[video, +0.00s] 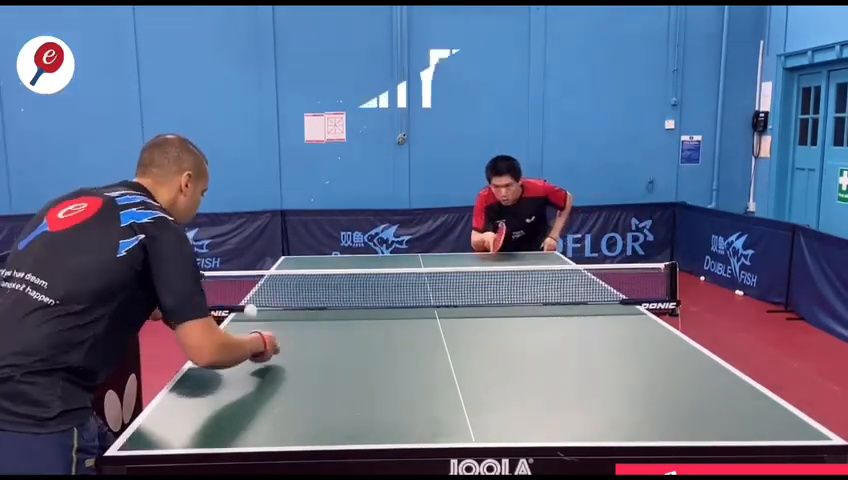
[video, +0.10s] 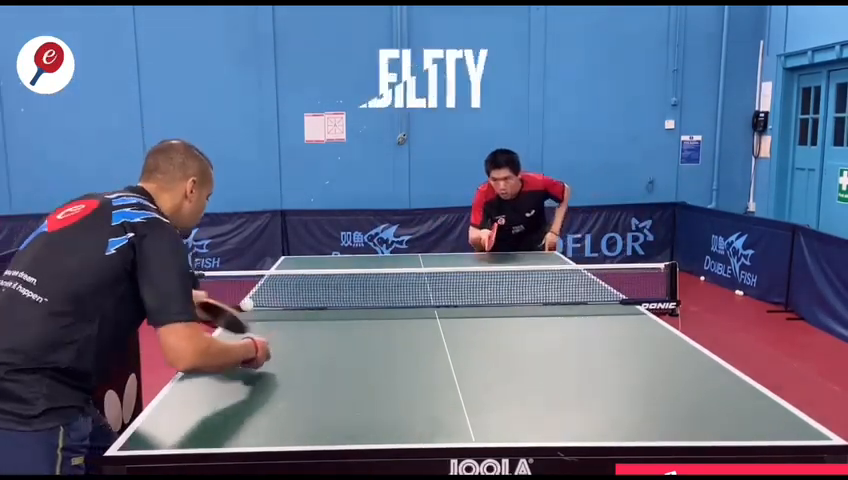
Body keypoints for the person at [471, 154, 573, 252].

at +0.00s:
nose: (503, 193)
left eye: (508, 186)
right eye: (497, 187)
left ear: (519, 182)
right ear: (490, 185)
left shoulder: (539, 189)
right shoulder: (484, 198)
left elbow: (567, 200)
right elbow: (475, 242)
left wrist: (554, 237)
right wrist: (485, 238)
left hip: (537, 256)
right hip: (503, 258)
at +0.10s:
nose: (501, 186)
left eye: (507, 179)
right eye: (495, 180)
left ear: (519, 175)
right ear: (489, 179)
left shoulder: (538, 184)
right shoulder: (483, 194)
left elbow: (565, 192)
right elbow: (472, 237)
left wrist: (554, 232)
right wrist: (482, 235)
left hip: (536, 253)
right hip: (500, 255)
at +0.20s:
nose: (504, 178)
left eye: (510, 171)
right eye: (498, 172)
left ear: (522, 167)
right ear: (492, 171)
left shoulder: (543, 178)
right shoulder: (487, 189)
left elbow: (567, 187)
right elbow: (471, 229)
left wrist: (562, 221)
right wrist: (480, 232)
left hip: (537, 252)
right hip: (500, 254)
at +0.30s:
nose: (505, 176)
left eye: (511, 168)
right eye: (499, 169)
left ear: (523, 165)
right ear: (493, 169)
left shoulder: (542, 178)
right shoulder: (486, 188)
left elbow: (574, 195)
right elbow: (463, 225)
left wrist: (564, 220)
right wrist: (471, 238)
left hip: (534, 254)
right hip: (496, 257)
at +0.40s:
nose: (501, 181)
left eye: (507, 174)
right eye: (496, 175)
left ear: (518, 171)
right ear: (489, 172)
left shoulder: (534, 184)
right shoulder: (481, 191)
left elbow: (572, 210)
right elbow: (452, 225)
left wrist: (558, 223)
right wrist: (468, 242)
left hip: (529, 259)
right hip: (493, 260)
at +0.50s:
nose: (503, 189)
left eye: (509, 183)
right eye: (498, 182)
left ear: (521, 179)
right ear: (492, 177)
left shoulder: (531, 189)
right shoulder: (479, 193)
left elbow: (564, 221)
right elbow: (446, 224)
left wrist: (550, 230)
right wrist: (472, 248)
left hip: (520, 262)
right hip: (486, 263)